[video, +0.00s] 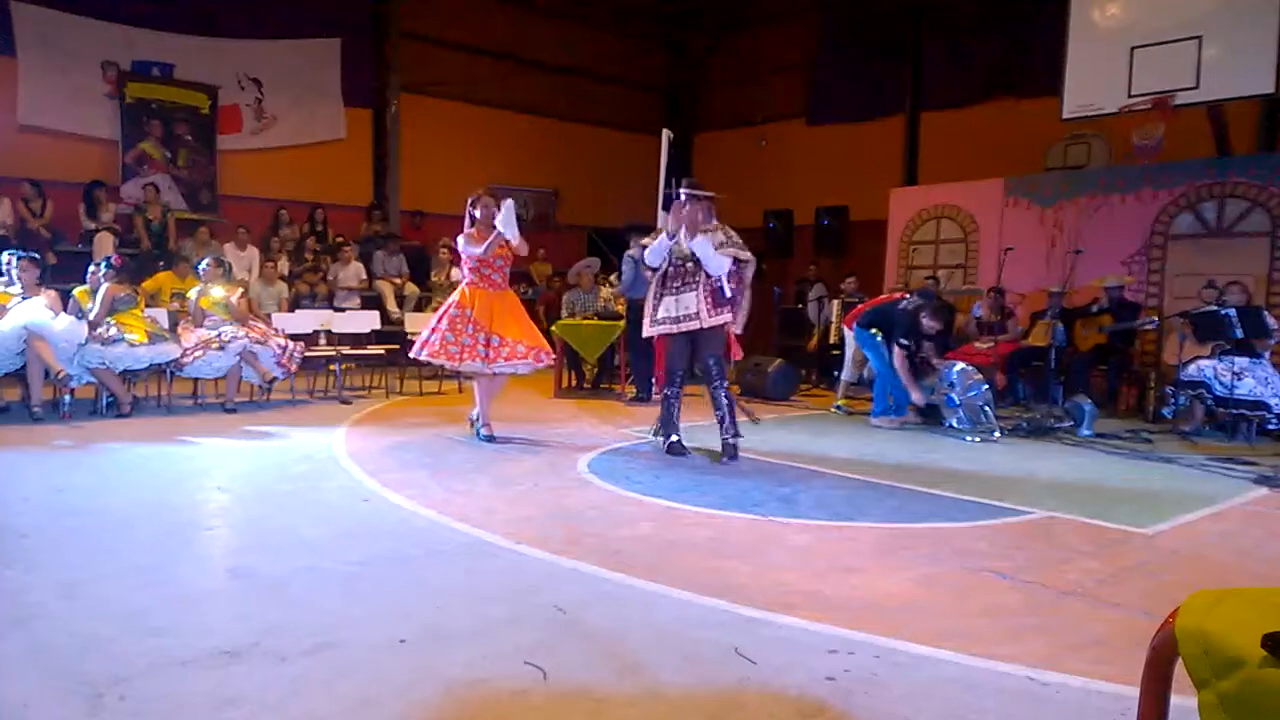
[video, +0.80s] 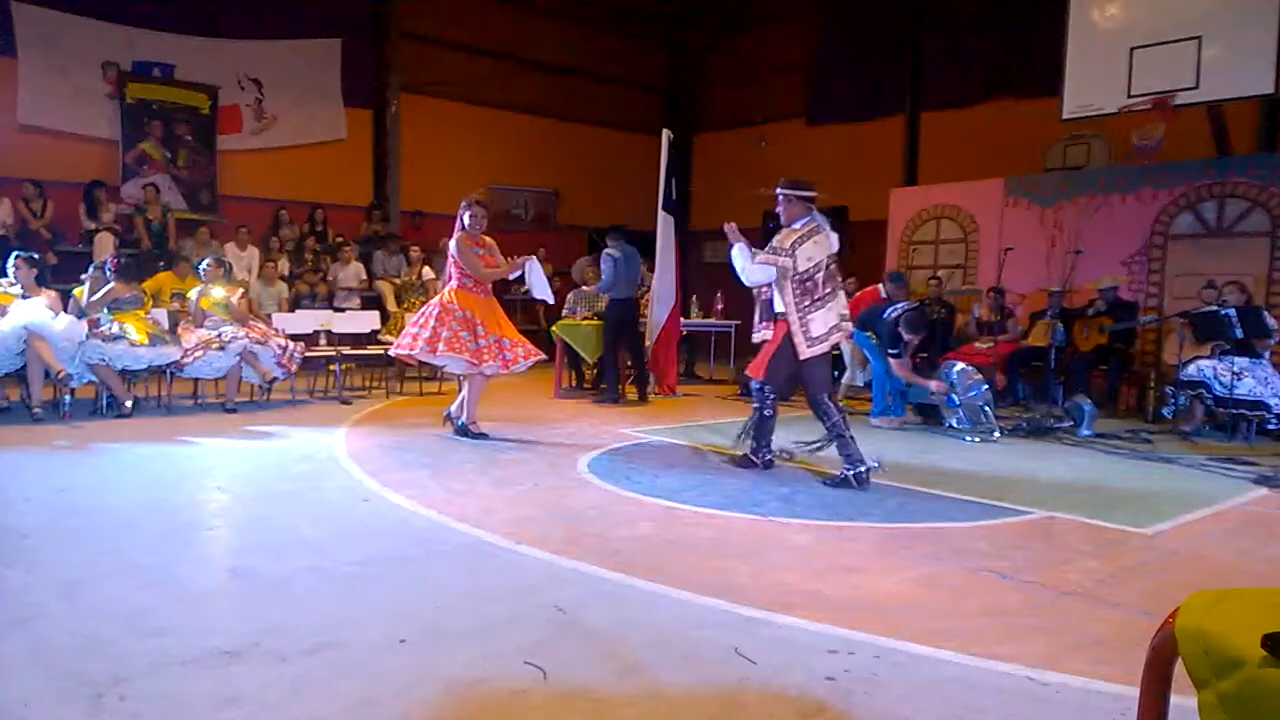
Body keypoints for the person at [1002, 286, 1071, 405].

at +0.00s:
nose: (1053, 301)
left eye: (1057, 298)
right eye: (1051, 297)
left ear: (1062, 298)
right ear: (1047, 298)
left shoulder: (1067, 315)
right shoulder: (1037, 316)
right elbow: (1027, 336)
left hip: (1057, 348)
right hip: (1037, 348)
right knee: (1013, 358)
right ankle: (1013, 396)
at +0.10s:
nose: (1053, 301)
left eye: (1056, 298)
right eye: (1051, 297)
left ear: (1062, 299)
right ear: (1047, 299)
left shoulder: (1067, 315)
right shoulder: (1037, 316)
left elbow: (1068, 341)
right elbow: (1027, 336)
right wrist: (1027, 342)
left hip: (1056, 349)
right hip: (1037, 348)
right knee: (1013, 358)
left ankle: (1045, 397)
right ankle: (1013, 395)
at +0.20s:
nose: (1054, 301)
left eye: (1058, 298)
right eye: (1052, 297)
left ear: (1062, 299)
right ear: (1047, 298)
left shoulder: (1068, 314)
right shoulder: (1036, 316)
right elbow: (1027, 335)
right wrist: (1025, 342)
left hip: (1056, 349)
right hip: (1036, 348)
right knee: (1013, 358)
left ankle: (1047, 397)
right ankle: (1013, 395)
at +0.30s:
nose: (1055, 301)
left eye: (1058, 298)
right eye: (1052, 297)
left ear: (1062, 299)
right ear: (1048, 298)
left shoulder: (1068, 314)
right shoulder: (1036, 316)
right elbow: (1027, 335)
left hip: (1056, 349)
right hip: (1036, 348)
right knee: (1013, 358)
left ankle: (1047, 398)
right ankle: (1013, 395)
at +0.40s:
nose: (1055, 301)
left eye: (1058, 298)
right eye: (1052, 297)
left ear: (1062, 299)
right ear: (1048, 299)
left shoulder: (1068, 315)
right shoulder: (1036, 316)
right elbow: (1027, 335)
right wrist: (1024, 342)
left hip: (1055, 348)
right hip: (1036, 348)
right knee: (1013, 358)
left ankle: (1048, 398)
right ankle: (1013, 395)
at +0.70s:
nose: (1055, 301)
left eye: (1058, 298)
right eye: (1052, 297)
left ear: (1062, 299)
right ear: (1048, 299)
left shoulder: (1067, 315)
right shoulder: (1036, 316)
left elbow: (1069, 340)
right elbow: (1027, 336)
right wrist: (1025, 342)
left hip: (1054, 349)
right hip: (1035, 348)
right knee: (1013, 358)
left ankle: (1046, 397)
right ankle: (1013, 395)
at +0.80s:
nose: (1055, 301)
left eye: (1058, 297)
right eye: (1052, 297)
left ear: (1062, 298)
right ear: (1048, 298)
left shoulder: (1067, 314)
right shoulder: (1036, 316)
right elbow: (1027, 334)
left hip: (1055, 349)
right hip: (1036, 348)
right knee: (1013, 358)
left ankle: (1046, 398)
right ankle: (1013, 395)